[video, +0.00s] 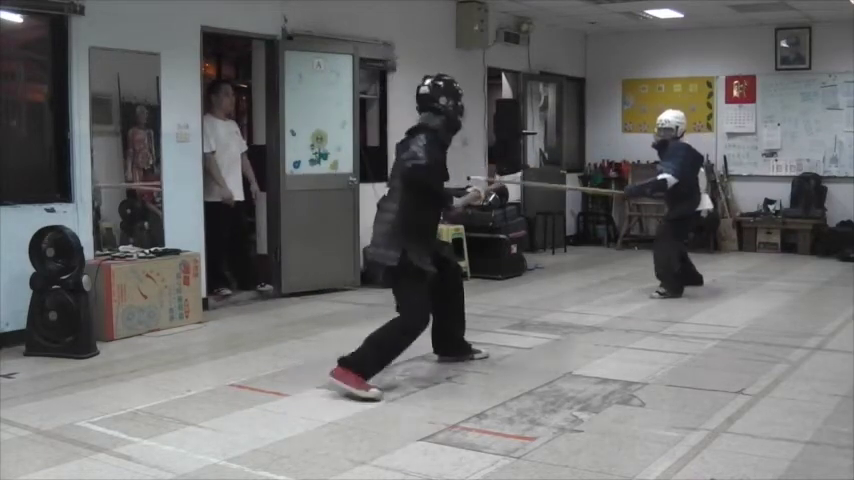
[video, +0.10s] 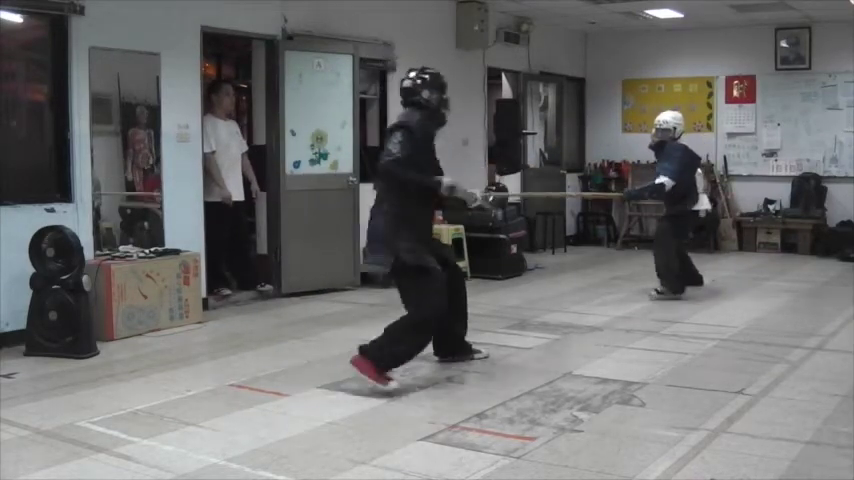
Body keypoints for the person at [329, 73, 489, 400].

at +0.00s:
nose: (461, 110)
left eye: (460, 103)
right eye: (457, 103)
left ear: (430, 105)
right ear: (445, 104)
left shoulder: (430, 142)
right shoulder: (423, 140)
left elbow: (425, 203)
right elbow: (418, 186)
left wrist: (464, 201)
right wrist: (459, 198)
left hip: (413, 239)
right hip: (399, 240)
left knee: (449, 275)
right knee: (415, 316)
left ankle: (451, 347)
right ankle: (352, 369)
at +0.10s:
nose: (444, 102)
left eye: (443, 95)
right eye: (439, 95)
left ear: (419, 96)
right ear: (424, 95)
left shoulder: (422, 134)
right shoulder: (405, 130)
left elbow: (424, 188)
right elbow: (389, 166)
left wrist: (458, 197)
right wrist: (437, 185)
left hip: (413, 233)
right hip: (397, 235)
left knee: (452, 278)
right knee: (432, 303)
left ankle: (451, 346)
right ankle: (373, 358)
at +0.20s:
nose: (423, 92)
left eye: (422, 85)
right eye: (417, 86)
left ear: (401, 87)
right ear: (401, 87)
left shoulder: (403, 124)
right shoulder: (384, 120)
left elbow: (404, 188)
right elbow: (379, 162)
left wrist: (449, 196)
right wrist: (428, 159)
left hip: (396, 225)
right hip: (382, 228)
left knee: (431, 288)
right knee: (429, 295)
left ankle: (450, 345)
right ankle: (391, 370)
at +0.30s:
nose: (404, 84)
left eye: (403, 77)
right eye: (397, 78)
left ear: (380, 81)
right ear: (380, 81)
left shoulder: (384, 122)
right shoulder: (366, 117)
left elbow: (393, 188)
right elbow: (363, 152)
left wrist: (440, 198)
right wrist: (407, 140)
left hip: (376, 226)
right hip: (362, 228)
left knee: (413, 294)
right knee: (409, 300)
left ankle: (411, 356)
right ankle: (390, 370)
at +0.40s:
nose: (389, 79)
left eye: (389, 72)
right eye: (383, 71)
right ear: (364, 72)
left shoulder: (373, 117)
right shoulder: (345, 105)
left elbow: (377, 184)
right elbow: (321, 139)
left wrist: (423, 195)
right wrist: (354, 137)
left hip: (355, 224)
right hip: (334, 224)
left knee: (385, 289)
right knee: (382, 290)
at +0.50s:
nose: (375, 70)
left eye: (375, 63)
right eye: (369, 61)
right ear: (350, 60)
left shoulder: (354, 106)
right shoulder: (328, 92)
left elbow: (361, 175)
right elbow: (291, 126)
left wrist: (403, 187)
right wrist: (309, 146)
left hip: (322, 210)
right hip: (304, 210)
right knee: (344, 282)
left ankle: (280, 359)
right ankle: (372, 366)